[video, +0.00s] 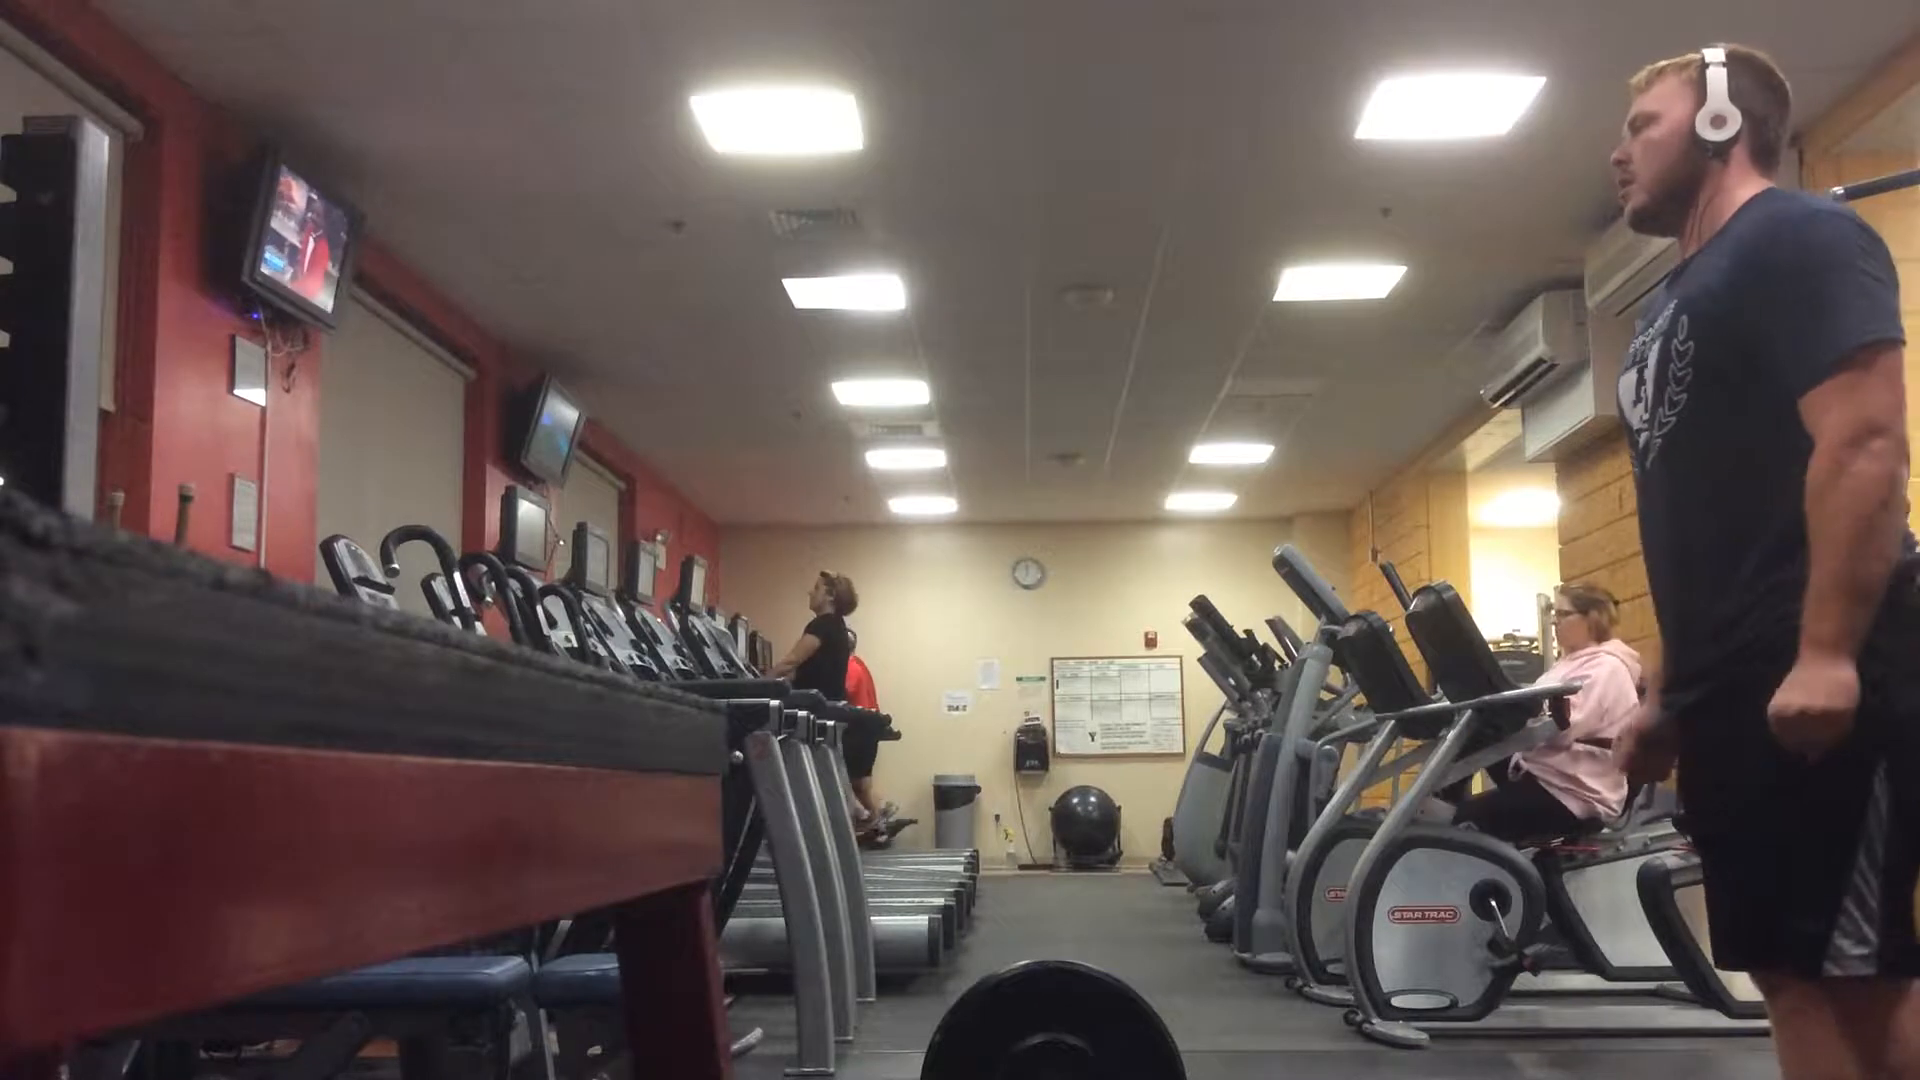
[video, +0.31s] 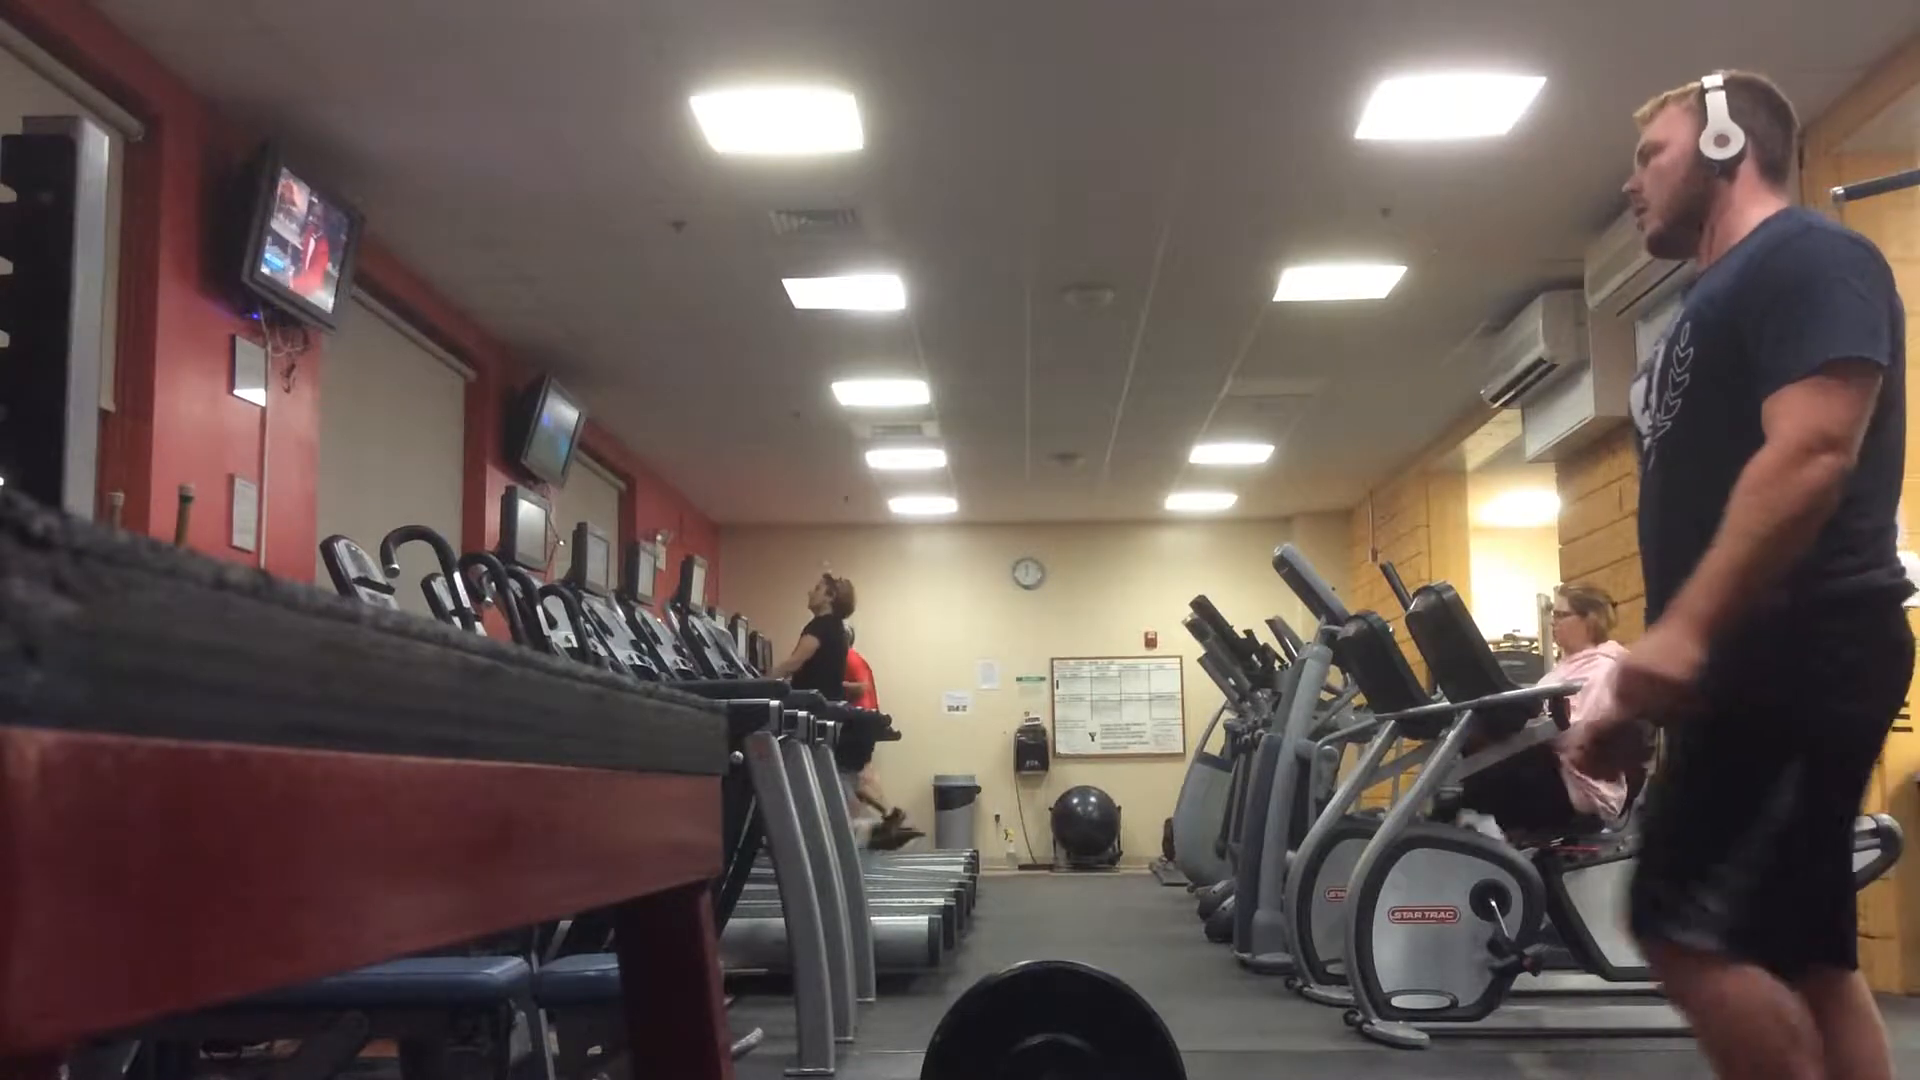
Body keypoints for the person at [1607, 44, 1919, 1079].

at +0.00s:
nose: (1619, 150)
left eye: (1641, 124)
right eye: (1623, 131)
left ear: (1721, 127)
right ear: (1705, 135)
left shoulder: (1798, 231)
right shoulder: (1665, 310)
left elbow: (1865, 441)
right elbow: (1708, 526)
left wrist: (1828, 651)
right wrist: (1677, 702)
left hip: (1834, 673)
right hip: (1733, 693)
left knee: (1868, 983)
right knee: (1789, 979)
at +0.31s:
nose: (1631, 181)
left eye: (1650, 152)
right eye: (1636, 158)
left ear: (1725, 147)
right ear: (1722, 156)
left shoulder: (1805, 251)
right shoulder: (1706, 310)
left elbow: (1811, 452)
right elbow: (1699, 528)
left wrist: (1684, 629)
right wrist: (1633, 696)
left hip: (1811, 637)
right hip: (1758, 646)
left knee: (1689, 929)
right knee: (1809, 956)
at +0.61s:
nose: (1623, 193)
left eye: (1642, 165)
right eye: (1627, 173)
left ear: (1717, 163)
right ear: (1705, 172)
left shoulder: (1798, 262)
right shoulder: (1693, 328)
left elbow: (1841, 455)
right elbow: (1711, 545)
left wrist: (1758, 635)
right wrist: (1666, 713)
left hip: (1814, 634)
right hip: (1749, 647)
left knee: (1666, 931)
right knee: (1815, 964)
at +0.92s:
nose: (1613, 192)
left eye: (1632, 166)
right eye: (1616, 173)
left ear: (1704, 166)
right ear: (1699, 176)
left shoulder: (1773, 260)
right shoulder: (1681, 328)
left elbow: (1839, 450)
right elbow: (1719, 515)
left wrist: (1800, 649)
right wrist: (1696, 686)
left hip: (1796, 653)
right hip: (1739, 660)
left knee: (1724, 938)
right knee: (1820, 959)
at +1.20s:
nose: (1615, 202)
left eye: (1634, 175)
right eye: (1617, 182)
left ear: (1713, 170)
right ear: (1701, 177)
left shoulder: (1796, 263)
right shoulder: (1679, 346)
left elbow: (1781, 450)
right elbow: (1680, 557)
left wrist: (1626, 595)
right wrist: (1604, 717)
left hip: (1809, 641)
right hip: (1730, 657)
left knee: (1720, 938)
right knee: (1810, 947)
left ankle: (1867, 1065)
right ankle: (1864, 1071)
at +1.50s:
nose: (1590, 204)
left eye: (1610, 176)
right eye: (1590, 186)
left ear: (1688, 170)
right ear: (1675, 181)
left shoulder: (1782, 259)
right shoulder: (1663, 350)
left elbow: (1828, 444)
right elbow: (1668, 562)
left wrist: (1734, 626)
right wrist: (1590, 721)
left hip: (1820, 640)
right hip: (1739, 658)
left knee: (1758, 965)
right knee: (1826, 967)